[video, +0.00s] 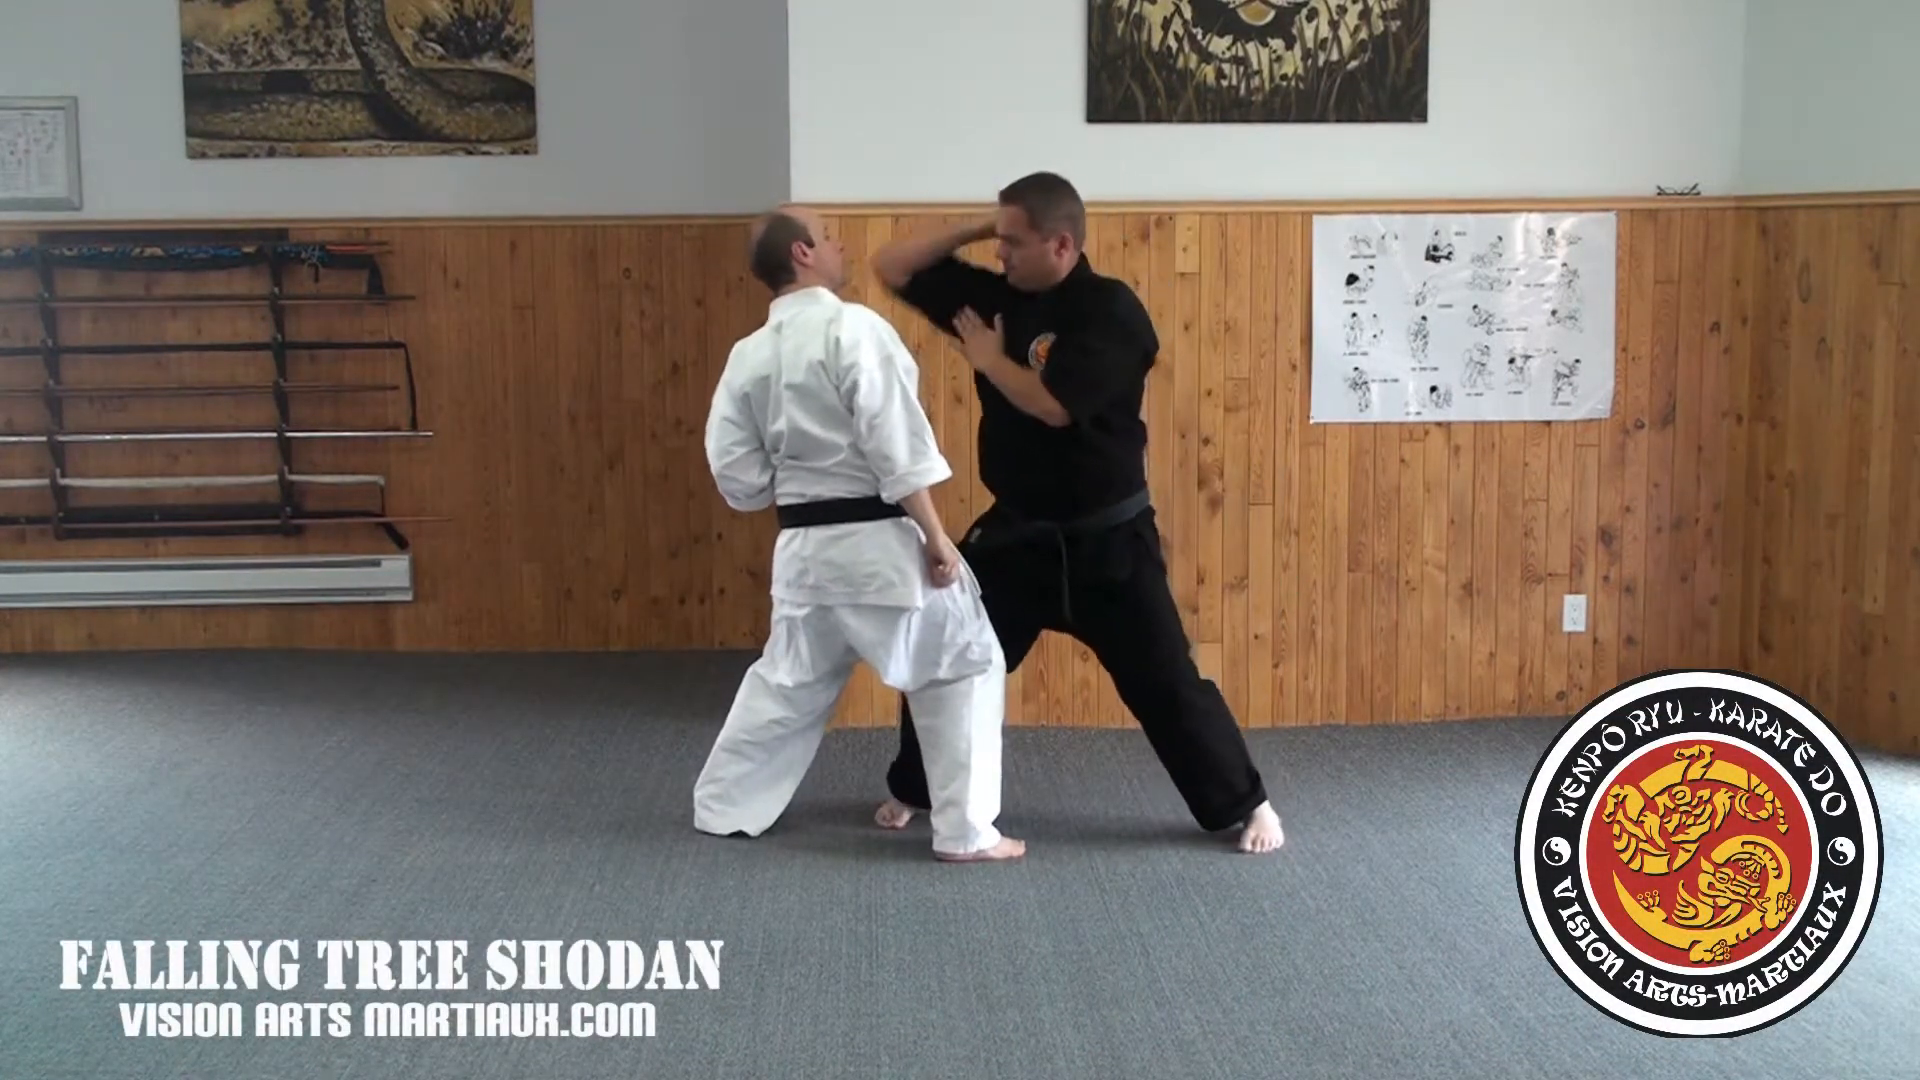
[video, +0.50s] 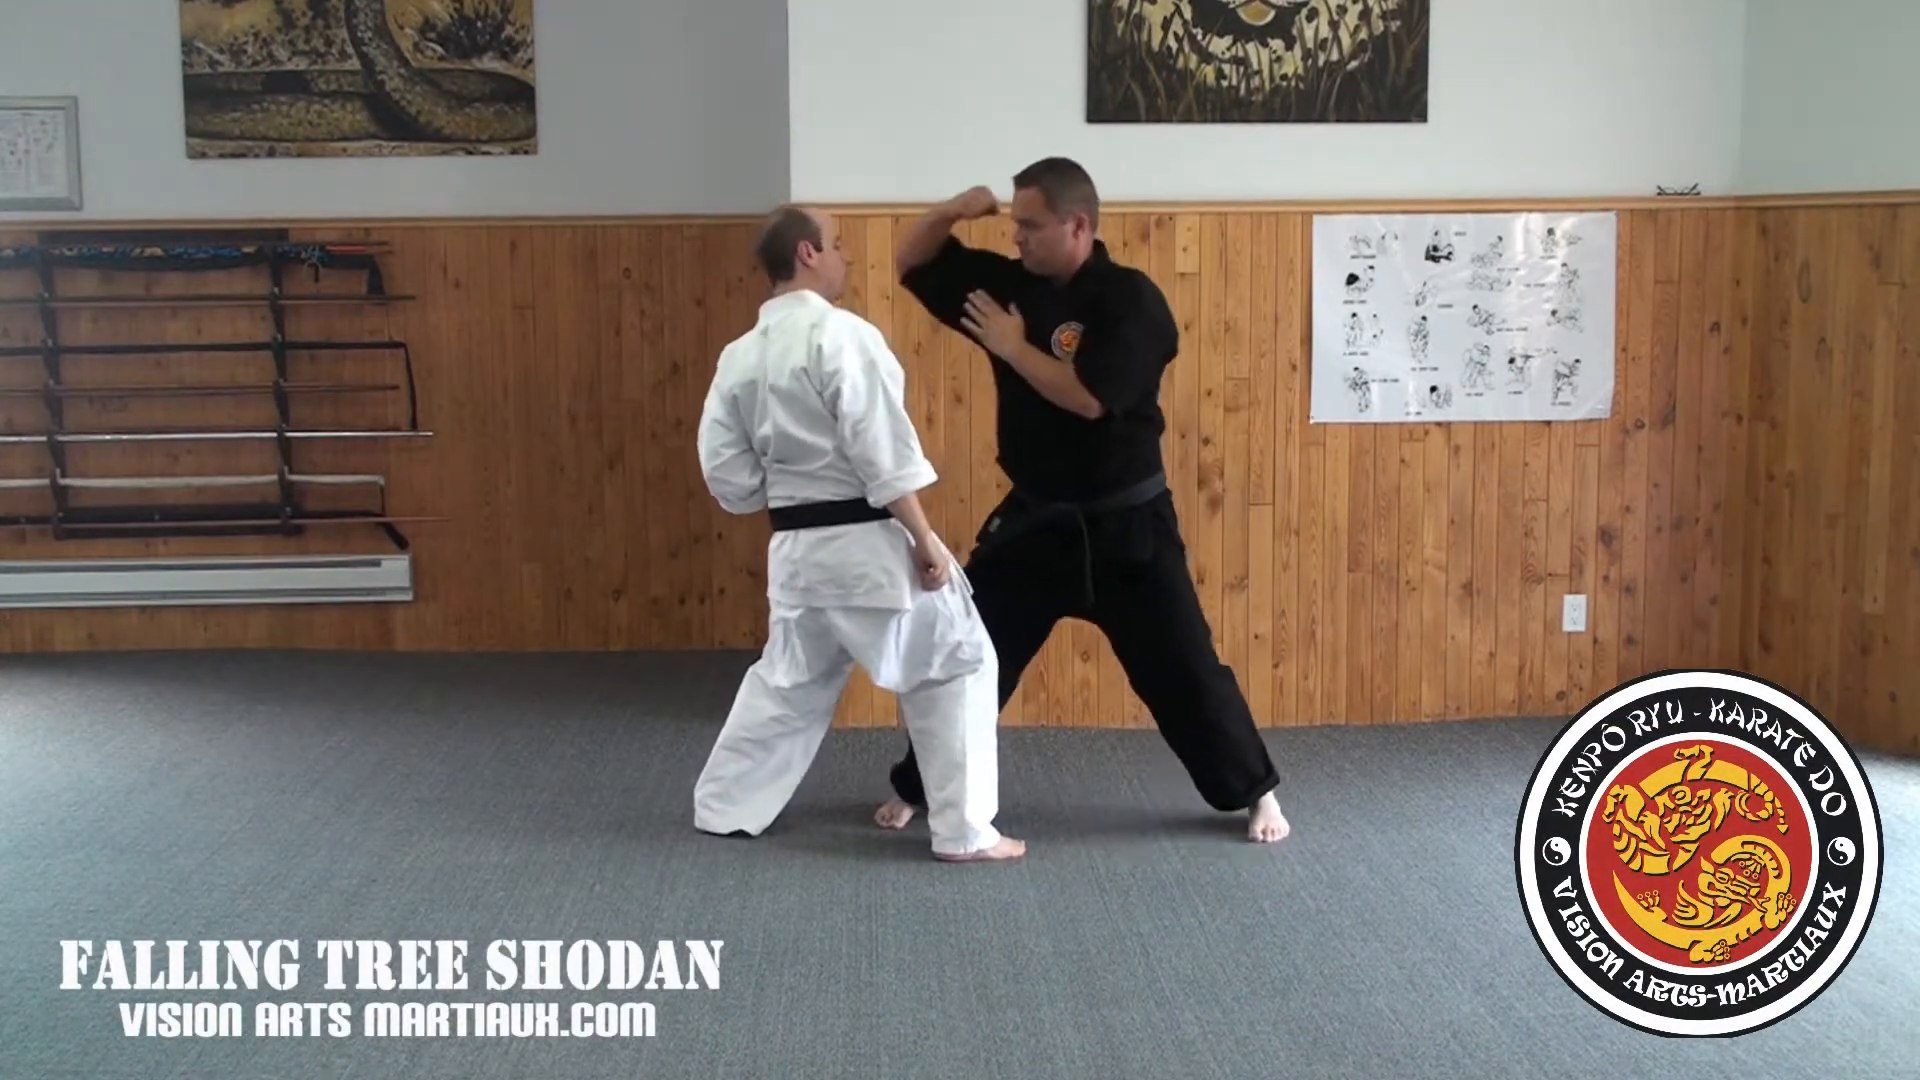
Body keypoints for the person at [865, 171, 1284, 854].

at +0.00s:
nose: (1000, 252)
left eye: (1012, 242)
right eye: (998, 239)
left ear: (1060, 245)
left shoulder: (1113, 313)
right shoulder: (995, 303)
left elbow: (1055, 406)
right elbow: (890, 268)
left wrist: (988, 359)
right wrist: (977, 233)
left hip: (1108, 537)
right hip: (1014, 534)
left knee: (1165, 682)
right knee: (939, 658)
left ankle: (1246, 804)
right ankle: (914, 790)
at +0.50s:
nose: (1017, 238)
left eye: (1029, 226)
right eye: (1015, 226)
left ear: (1080, 227)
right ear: (1020, 225)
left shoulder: (1132, 302)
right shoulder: (1008, 290)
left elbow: (1094, 398)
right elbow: (914, 261)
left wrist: (1012, 347)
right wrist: (951, 215)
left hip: (1127, 522)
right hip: (1031, 518)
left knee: (1184, 666)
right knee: (964, 658)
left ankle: (1257, 790)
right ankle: (914, 788)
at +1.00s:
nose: (1041, 245)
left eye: (1053, 233)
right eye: (1039, 232)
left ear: (1104, 235)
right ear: (1086, 235)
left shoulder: (1164, 310)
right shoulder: (1027, 307)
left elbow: (1147, 413)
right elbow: (940, 361)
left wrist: (1056, 371)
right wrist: (860, 377)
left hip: (1146, 526)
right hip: (1049, 522)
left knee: (1188, 667)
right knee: (981, 652)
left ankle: (1255, 798)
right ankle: (954, 786)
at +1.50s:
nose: (1040, 225)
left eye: (1052, 213)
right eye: (1040, 213)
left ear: (1101, 214)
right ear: (1091, 218)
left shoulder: (1112, 281)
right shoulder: (1079, 283)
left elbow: (994, 324)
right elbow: (1019, 371)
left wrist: (893, 309)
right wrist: (978, 350)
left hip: (1133, 509)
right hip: (1061, 506)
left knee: (1177, 660)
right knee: (993, 651)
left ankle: (1265, 787)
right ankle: (964, 785)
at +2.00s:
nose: (1048, 244)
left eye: (1061, 231)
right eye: (1045, 230)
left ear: (1111, 231)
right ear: (1048, 231)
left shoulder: (1171, 309)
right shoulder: (1034, 307)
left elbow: (1155, 414)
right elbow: (931, 322)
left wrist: (1055, 380)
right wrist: (857, 315)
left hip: (1142, 532)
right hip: (1043, 527)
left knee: (1197, 667)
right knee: (973, 651)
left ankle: (1258, 798)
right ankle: (946, 785)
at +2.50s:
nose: (1051, 228)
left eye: (1063, 214)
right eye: (1048, 215)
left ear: (1113, 213)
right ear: (1051, 217)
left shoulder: (1192, 298)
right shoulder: (1034, 301)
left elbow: (1232, 397)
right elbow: (935, 348)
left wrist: (1136, 358)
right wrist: (848, 342)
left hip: (1155, 524)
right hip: (1054, 522)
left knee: (1200, 666)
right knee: (987, 655)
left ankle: (1260, 799)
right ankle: (957, 788)